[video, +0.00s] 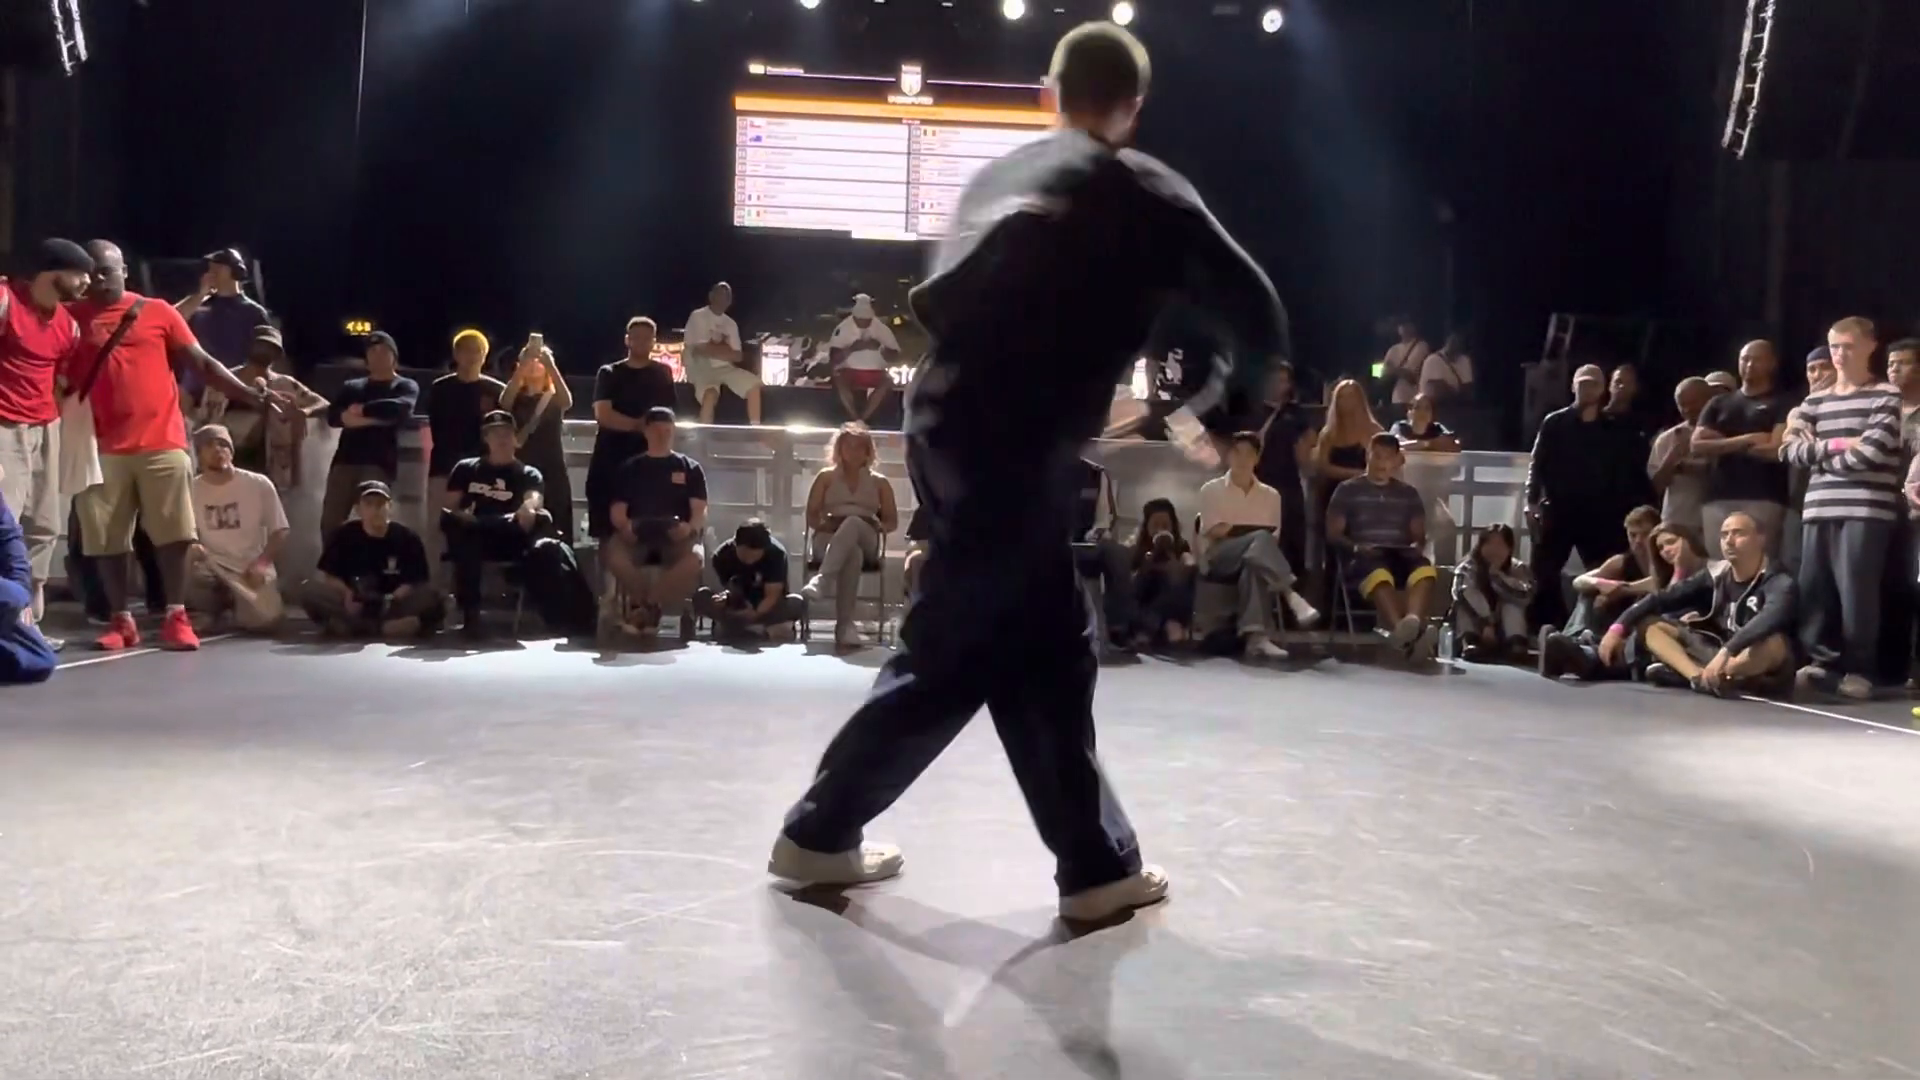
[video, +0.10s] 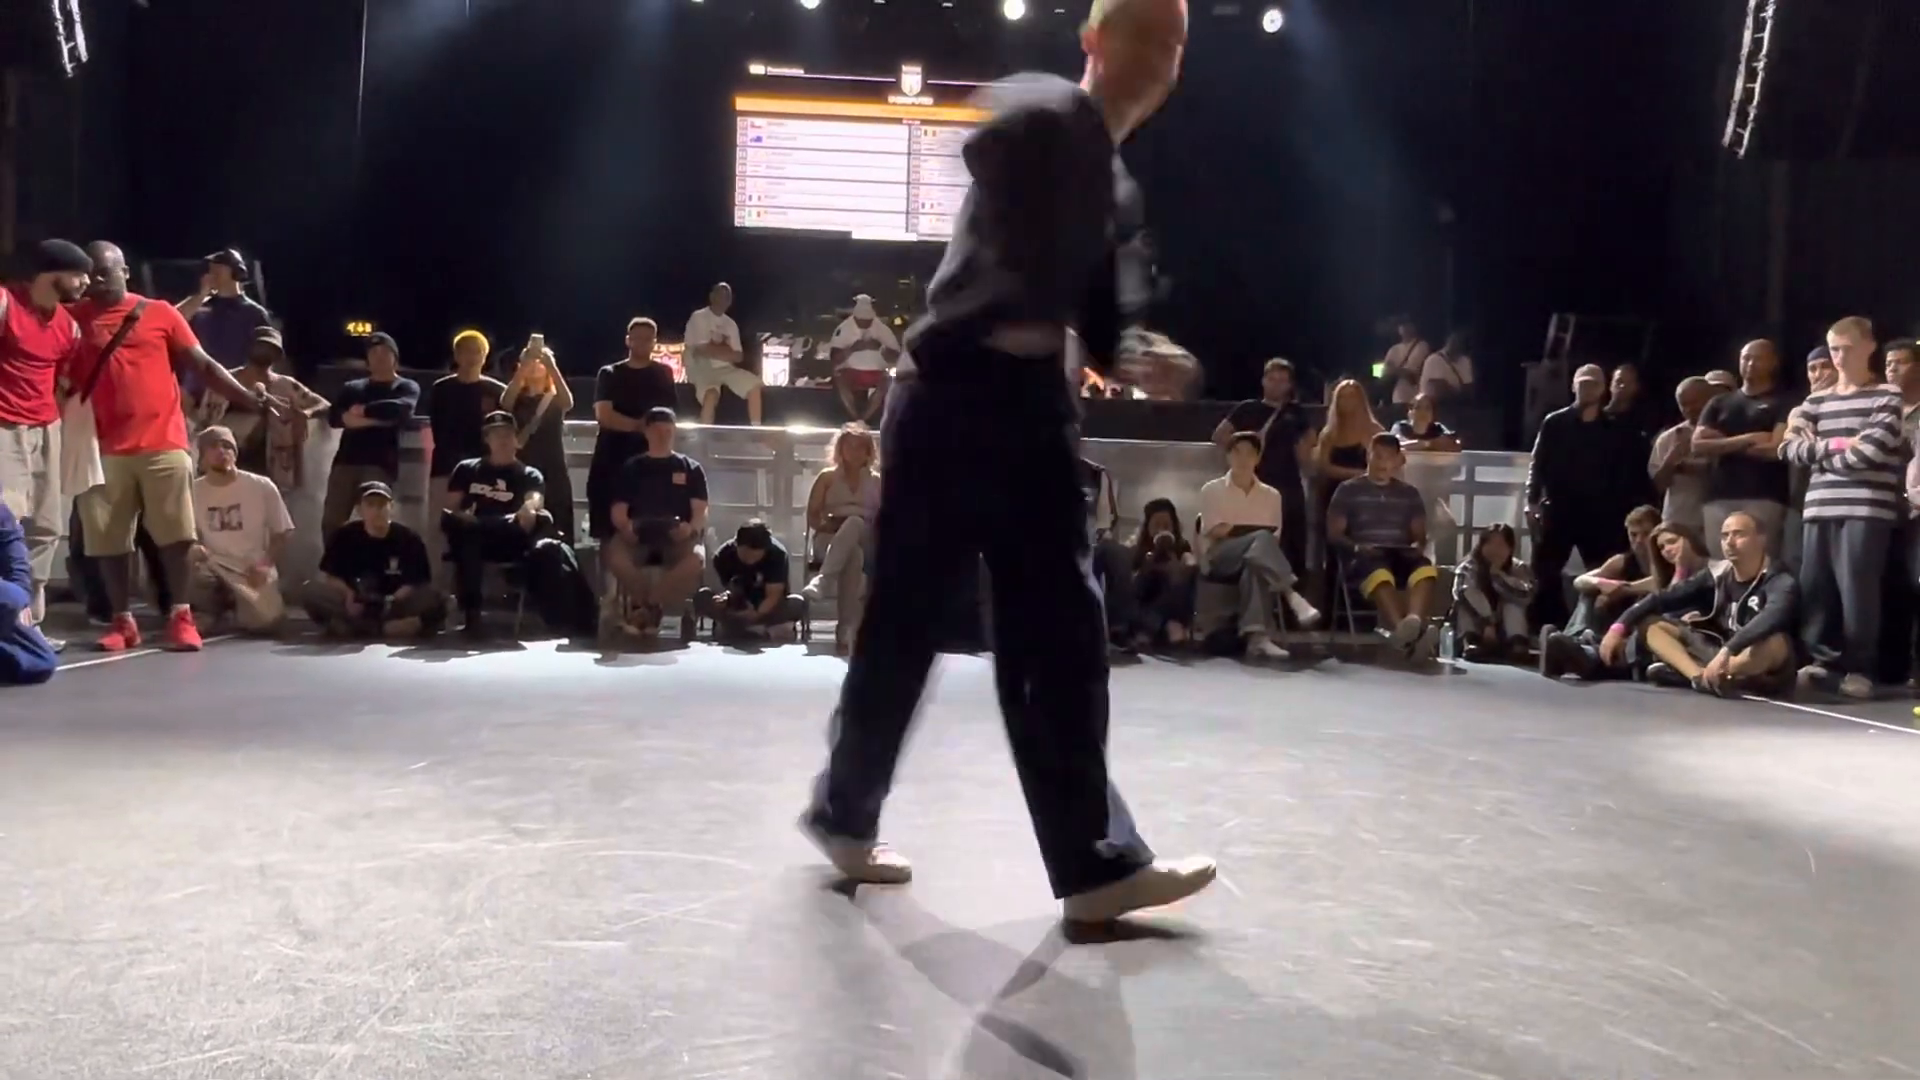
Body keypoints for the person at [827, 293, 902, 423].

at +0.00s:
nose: (865, 323)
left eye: (868, 319)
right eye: (861, 319)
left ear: (872, 317)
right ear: (854, 316)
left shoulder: (881, 328)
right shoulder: (843, 328)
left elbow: (895, 356)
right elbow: (834, 358)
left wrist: (879, 347)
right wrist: (853, 348)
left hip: (876, 372)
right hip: (850, 371)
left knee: (886, 384)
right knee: (840, 382)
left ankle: (863, 419)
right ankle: (855, 419)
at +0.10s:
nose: (865, 323)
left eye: (868, 320)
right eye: (861, 320)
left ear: (873, 317)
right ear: (855, 316)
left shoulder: (882, 328)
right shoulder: (844, 328)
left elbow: (895, 356)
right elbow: (834, 359)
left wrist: (879, 347)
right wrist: (853, 348)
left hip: (877, 373)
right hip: (850, 372)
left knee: (884, 386)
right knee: (840, 382)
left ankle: (864, 420)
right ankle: (856, 418)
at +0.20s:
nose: (866, 324)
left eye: (869, 321)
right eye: (862, 321)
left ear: (873, 317)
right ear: (855, 317)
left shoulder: (883, 329)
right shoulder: (845, 329)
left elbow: (896, 358)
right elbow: (835, 359)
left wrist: (880, 348)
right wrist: (854, 349)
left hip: (878, 374)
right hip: (852, 373)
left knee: (886, 386)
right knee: (840, 380)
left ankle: (865, 419)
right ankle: (856, 418)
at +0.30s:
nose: (867, 324)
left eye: (870, 321)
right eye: (863, 321)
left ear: (875, 318)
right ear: (856, 318)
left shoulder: (884, 330)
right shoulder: (847, 329)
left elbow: (896, 358)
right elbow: (838, 360)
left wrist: (882, 349)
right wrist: (855, 350)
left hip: (879, 374)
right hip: (853, 373)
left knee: (890, 385)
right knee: (841, 380)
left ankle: (867, 420)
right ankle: (856, 419)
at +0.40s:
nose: (867, 324)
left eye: (871, 321)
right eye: (863, 321)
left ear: (875, 317)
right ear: (857, 317)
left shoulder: (884, 328)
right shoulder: (848, 328)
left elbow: (899, 357)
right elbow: (837, 359)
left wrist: (882, 348)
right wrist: (856, 348)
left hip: (879, 373)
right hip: (853, 372)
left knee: (890, 384)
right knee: (842, 381)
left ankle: (867, 419)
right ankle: (858, 419)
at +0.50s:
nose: (868, 322)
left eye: (871, 318)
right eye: (864, 318)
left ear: (876, 315)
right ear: (858, 315)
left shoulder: (886, 327)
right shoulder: (847, 326)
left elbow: (899, 356)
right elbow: (838, 357)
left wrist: (883, 346)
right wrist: (857, 347)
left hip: (880, 371)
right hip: (854, 370)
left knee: (890, 382)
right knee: (842, 378)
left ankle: (867, 418)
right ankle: (858, 417)